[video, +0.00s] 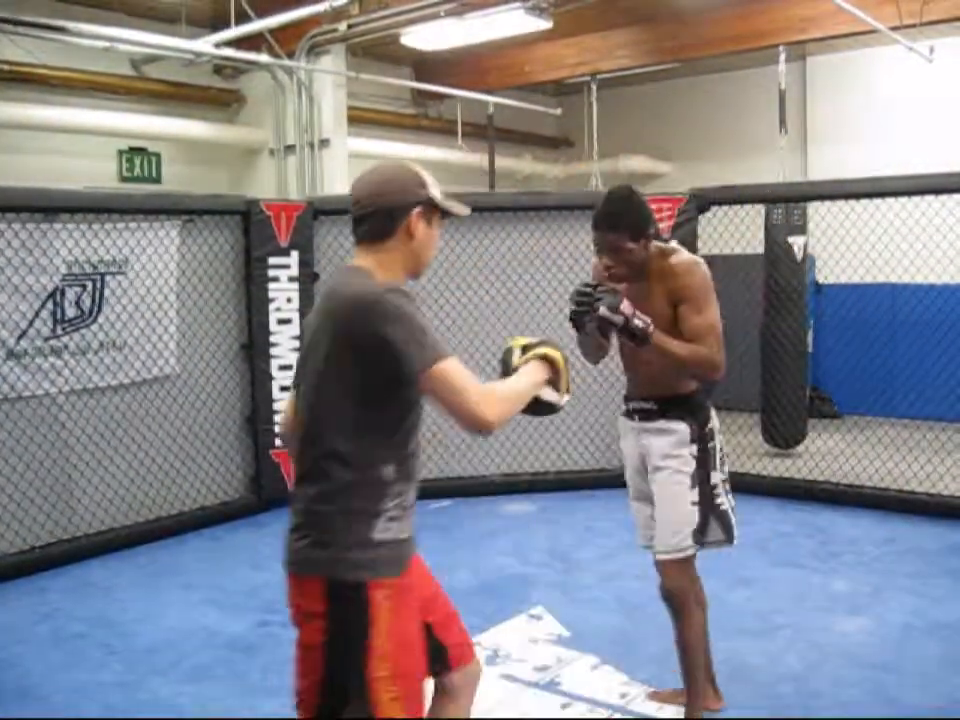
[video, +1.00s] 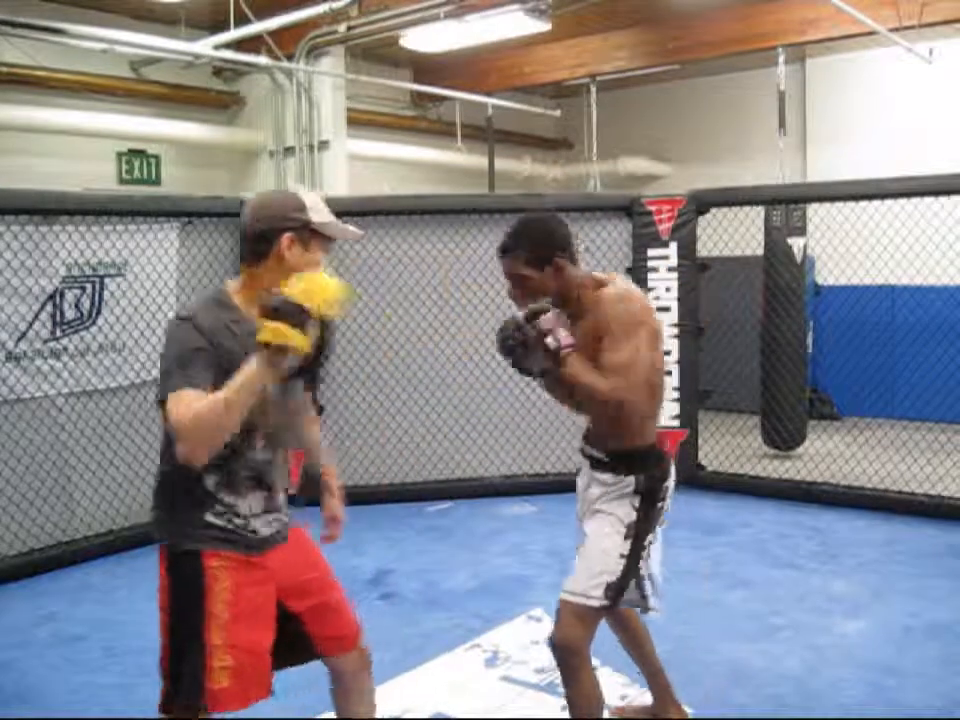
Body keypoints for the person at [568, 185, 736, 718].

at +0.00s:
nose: (608, 263)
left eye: (618, 253)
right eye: (603, 252)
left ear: (646, 238)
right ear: (600, 242)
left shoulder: (686, 271)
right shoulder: (609, 269)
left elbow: (712, 363)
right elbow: (595, 352)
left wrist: (641, 329)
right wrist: (586, 318)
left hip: (681, 432)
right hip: (637, 430)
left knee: (676, 577)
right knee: (671, 573)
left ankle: (704, 696)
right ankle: (701, 688)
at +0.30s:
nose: (583, 275)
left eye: (590, 263)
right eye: (576, 264)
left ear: (622, 251)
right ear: (574, 258)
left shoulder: (662, 281)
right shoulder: (607, 293)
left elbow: (679, 364)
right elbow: (604, 376)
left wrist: (604, 333)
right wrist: (576, 335)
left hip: (681, 448)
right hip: (643, 443)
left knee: (630, 596)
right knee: (641, 574)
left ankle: (639, 712)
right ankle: (701, 674)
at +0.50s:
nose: (544, 315)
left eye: (548, 301)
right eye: (536, 307)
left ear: (577, 282)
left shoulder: (609, 311)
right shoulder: (599, 310)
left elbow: (626, 416)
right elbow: (621, 400)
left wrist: (569, 396)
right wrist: (570, 389)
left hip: (676, 475)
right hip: (641, 469)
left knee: (607, 627)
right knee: (636, 588)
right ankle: (700, 680)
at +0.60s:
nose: (532, 291)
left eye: (537, 276)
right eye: (523, 282)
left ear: (569, 261)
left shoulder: (616, 283)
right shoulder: (579, 320)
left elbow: (649, 351)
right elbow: (626, 404)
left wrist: (575, 353)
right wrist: (569, 426)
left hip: (665, 465)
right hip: (623, 462)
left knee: (611, 634)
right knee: (638, 590)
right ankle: (697, 679)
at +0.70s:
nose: (532, 272)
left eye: (538, 256)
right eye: (523, 263)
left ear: (570, 243)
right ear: (521, 267)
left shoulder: (625, 259)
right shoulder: (548, 321)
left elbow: (694, 303)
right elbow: (570, 419)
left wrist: (599, 308)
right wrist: (517, 405)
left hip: (660, 455)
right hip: (614, 456)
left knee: (611, 634)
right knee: (639, 587)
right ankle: (694, 683)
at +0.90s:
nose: (520, 277)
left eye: (526, 263)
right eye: (514, 266)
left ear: (561, 245)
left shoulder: (628, 273)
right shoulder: (552, 302)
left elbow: (683, 350)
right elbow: (570, 398)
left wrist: (597, 326)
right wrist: (530, 376)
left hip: (645, 460)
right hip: (600, 456)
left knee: (591, 633)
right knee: (628, 600)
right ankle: (668, 702)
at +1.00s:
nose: (514, 294)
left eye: (520, 281)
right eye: (509, 282)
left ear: (558, 267)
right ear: (556, 267)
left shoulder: (623, 307)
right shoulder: (569, 309)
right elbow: (582, 399)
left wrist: (561, 354)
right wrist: (541, 365)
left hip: (633, 481)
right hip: (596, 470)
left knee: (568, 641)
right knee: (611, 601)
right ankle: (667, 703)